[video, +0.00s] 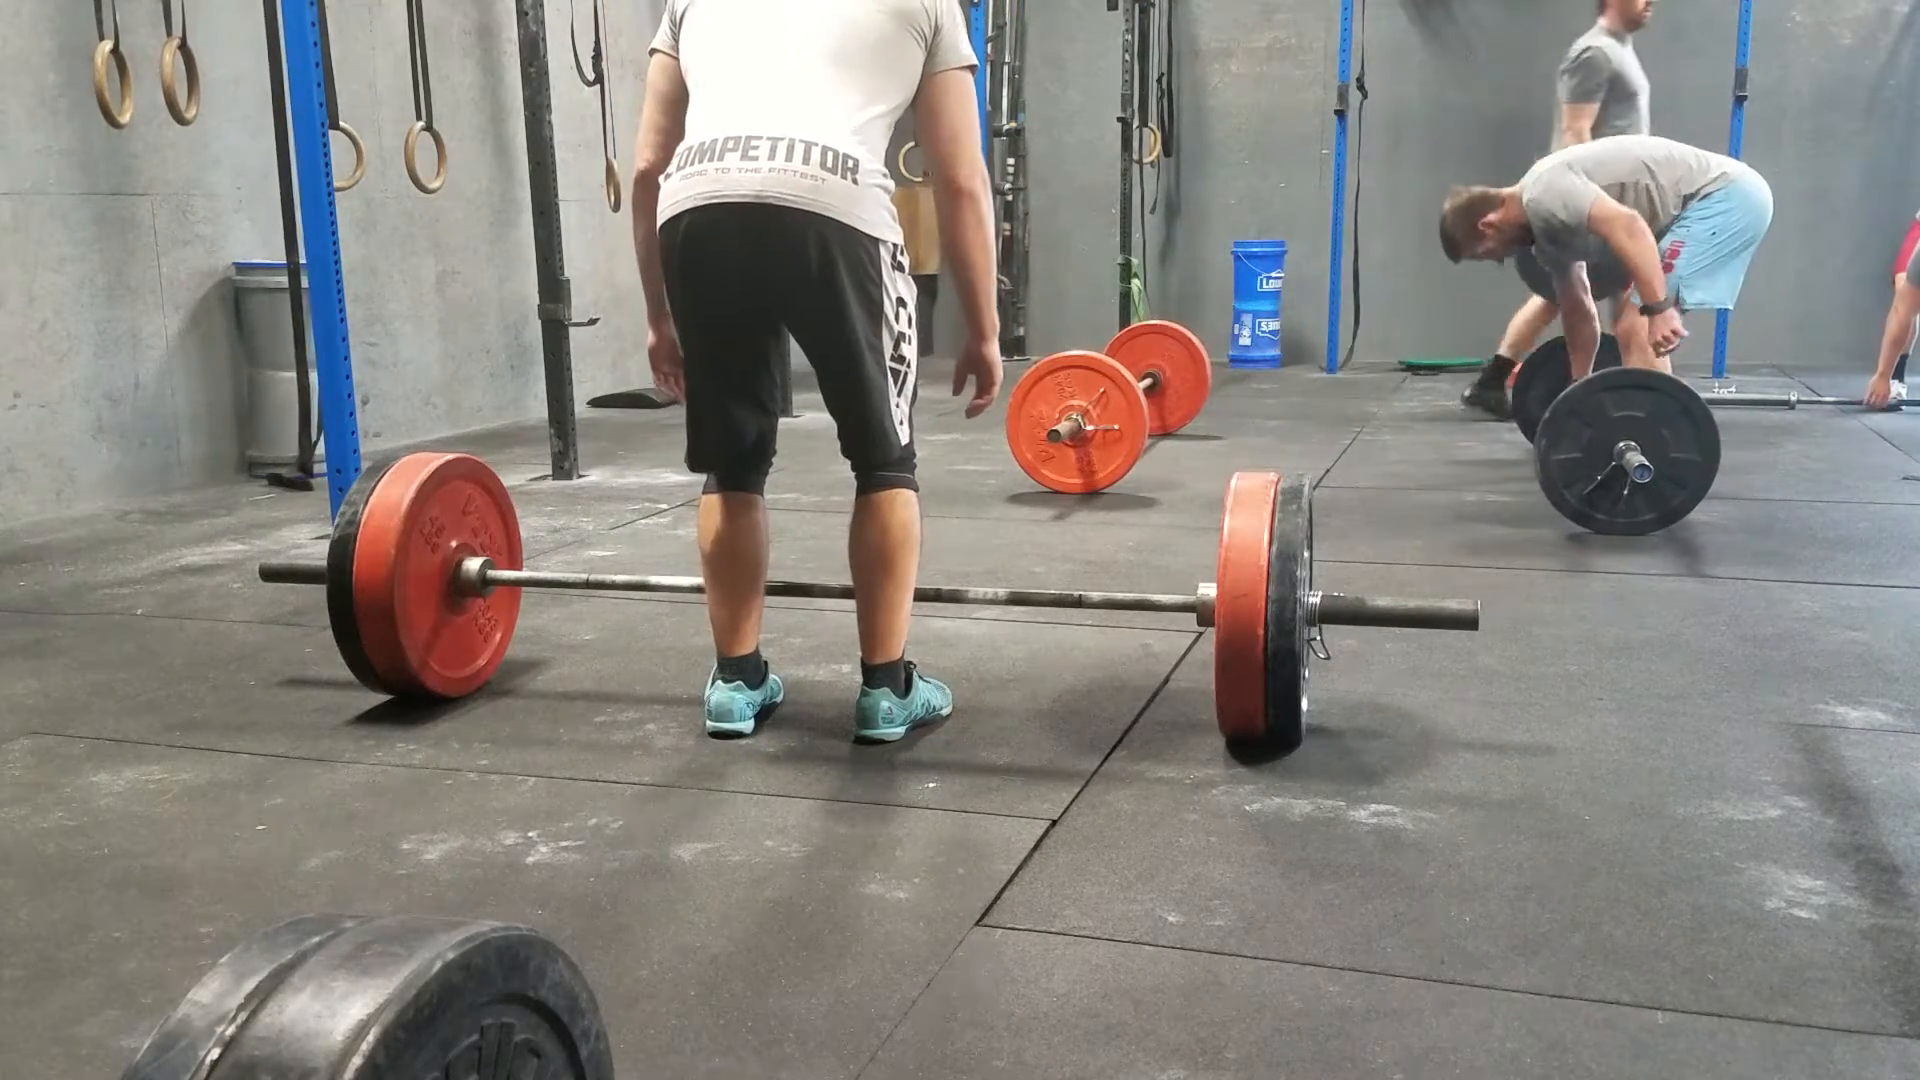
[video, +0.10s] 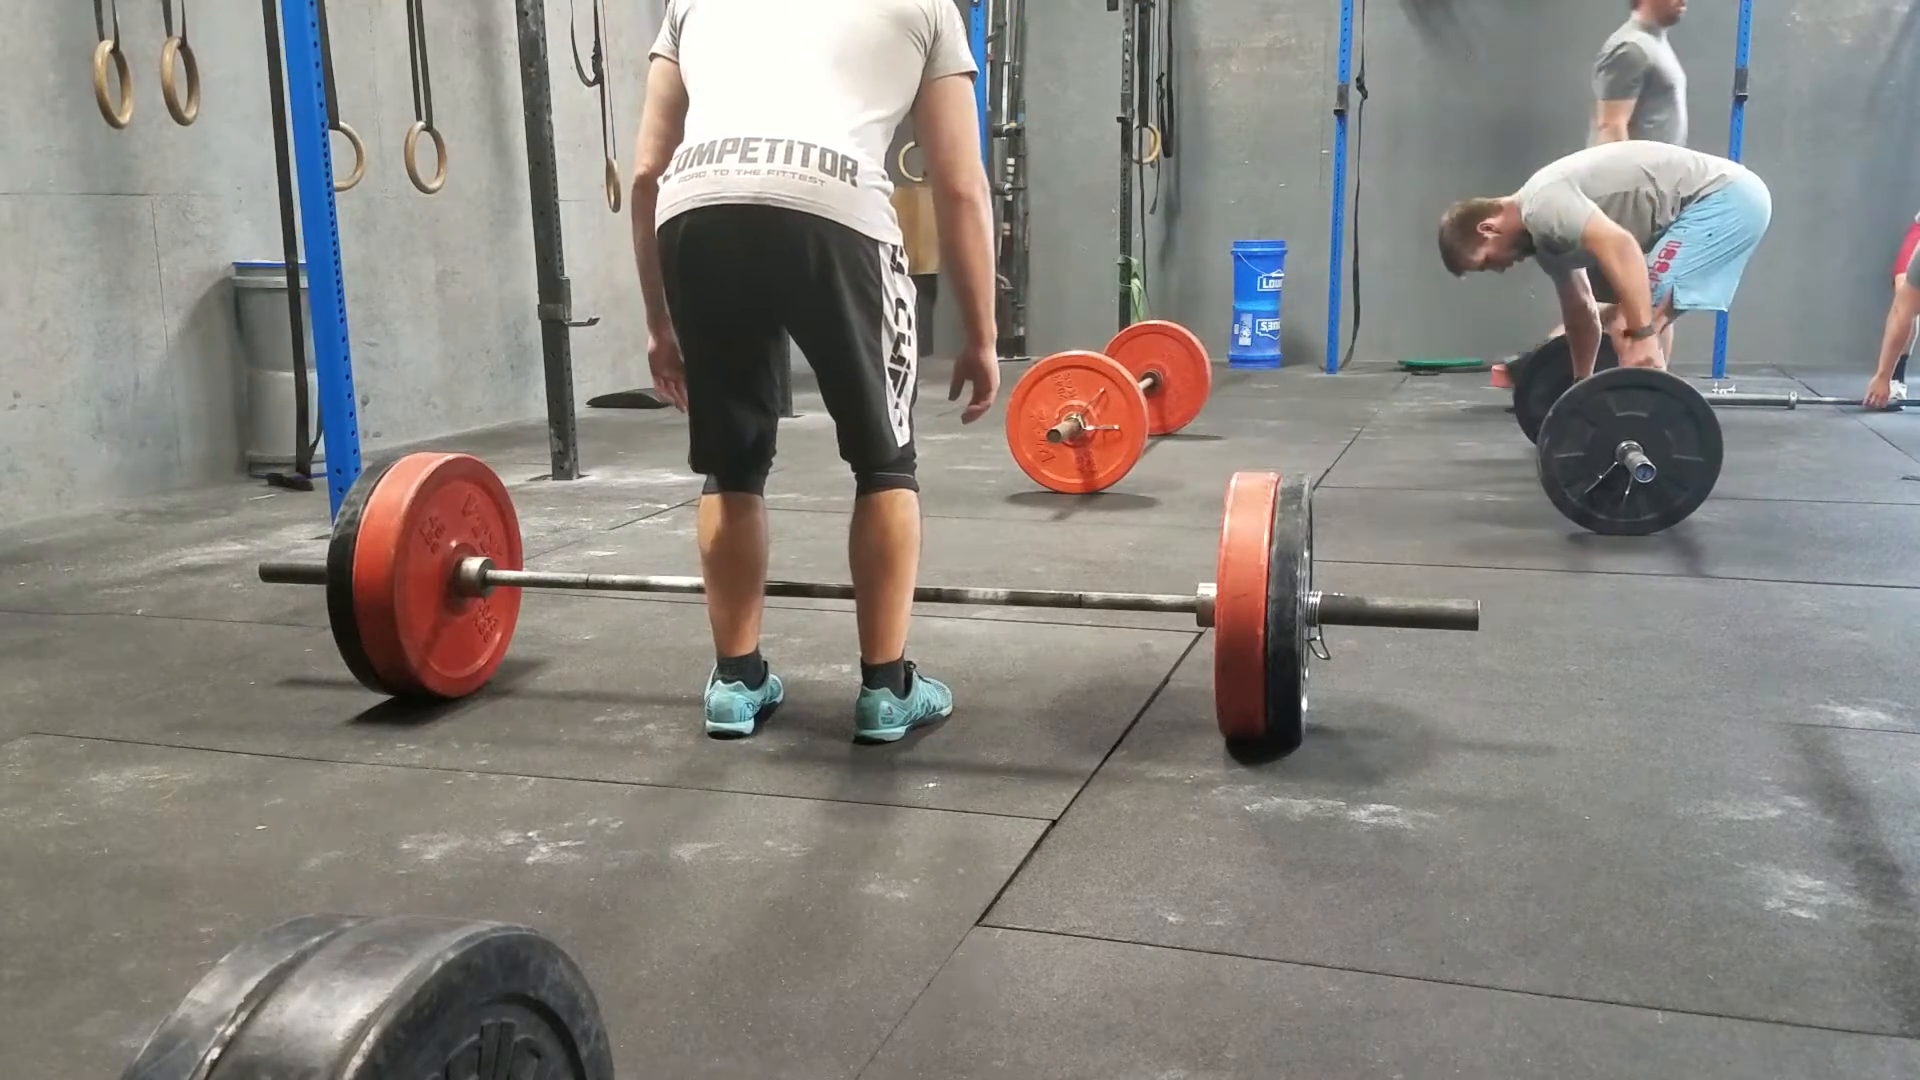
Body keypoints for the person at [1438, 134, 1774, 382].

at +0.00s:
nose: (1499, 261)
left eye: (1488, 255)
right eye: (1489, 259)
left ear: (1488, 226)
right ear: (1491, 222)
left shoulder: (1547, 192)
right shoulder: (1548, 230)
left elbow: (1629, 227)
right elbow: (1577, 307)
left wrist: (1658, 309)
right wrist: (1580, 390)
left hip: (1726, 193)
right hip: (1705, 202)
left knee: (1634, 328)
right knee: (1631, 327)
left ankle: (1660, 452)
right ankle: (1653, 450)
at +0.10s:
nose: (1497, 269)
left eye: (1485, 263)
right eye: (1487, 269)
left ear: (1487, 230)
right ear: (1491, 227)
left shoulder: (1546, 202)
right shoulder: (1543, 235)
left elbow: (1623, 248)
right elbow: (1582, 312)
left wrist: (1641, 334)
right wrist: (1582, 387)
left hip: (1726, 195)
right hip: (1712, 203)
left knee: (1632, 322)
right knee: (1640, 324)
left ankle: (1650, 439)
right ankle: (1652, 440)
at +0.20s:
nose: (1498, 274)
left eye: (1488, 267)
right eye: (1489, 275)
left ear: (1489, 233)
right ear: (1493, 229)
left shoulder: (1549, 212)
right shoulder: (1539, 233)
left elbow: (1615, 277)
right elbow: (1580, 310)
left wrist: (1622, 366)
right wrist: (1587, 387)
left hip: (1727, 198)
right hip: (1720, 202)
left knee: (1638, 324)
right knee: (1641, 329)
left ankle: (1656, 439)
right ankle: (1662, 439)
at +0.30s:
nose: (1500, 279)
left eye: (1490, 272)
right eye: (1491, 280)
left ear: (1492, 237)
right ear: (1495, 234)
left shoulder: (1552, 218)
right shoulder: (1543, 237)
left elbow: (1602, 306)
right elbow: (1581, 320)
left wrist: (1607, 405)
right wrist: (1592, 400)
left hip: (1730, 201)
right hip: (1722, 205)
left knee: (1635, 319)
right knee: (1640, 326)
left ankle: (1643, 443)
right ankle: (1656, 443)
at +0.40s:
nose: (1504, 279)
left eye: (1494, 272)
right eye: (1494, 281)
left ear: (1498, 235)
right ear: (1503, 235)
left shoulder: (1556, 224)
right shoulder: (1553, 225)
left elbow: (1597, 319)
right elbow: (1591, 318)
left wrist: (1609, 413)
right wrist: (1601, 402)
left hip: (1731, 207)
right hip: (1744, 205)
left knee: (1632, 319)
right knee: (1663, 332)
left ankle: (1634, 438)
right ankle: (1657, 443)